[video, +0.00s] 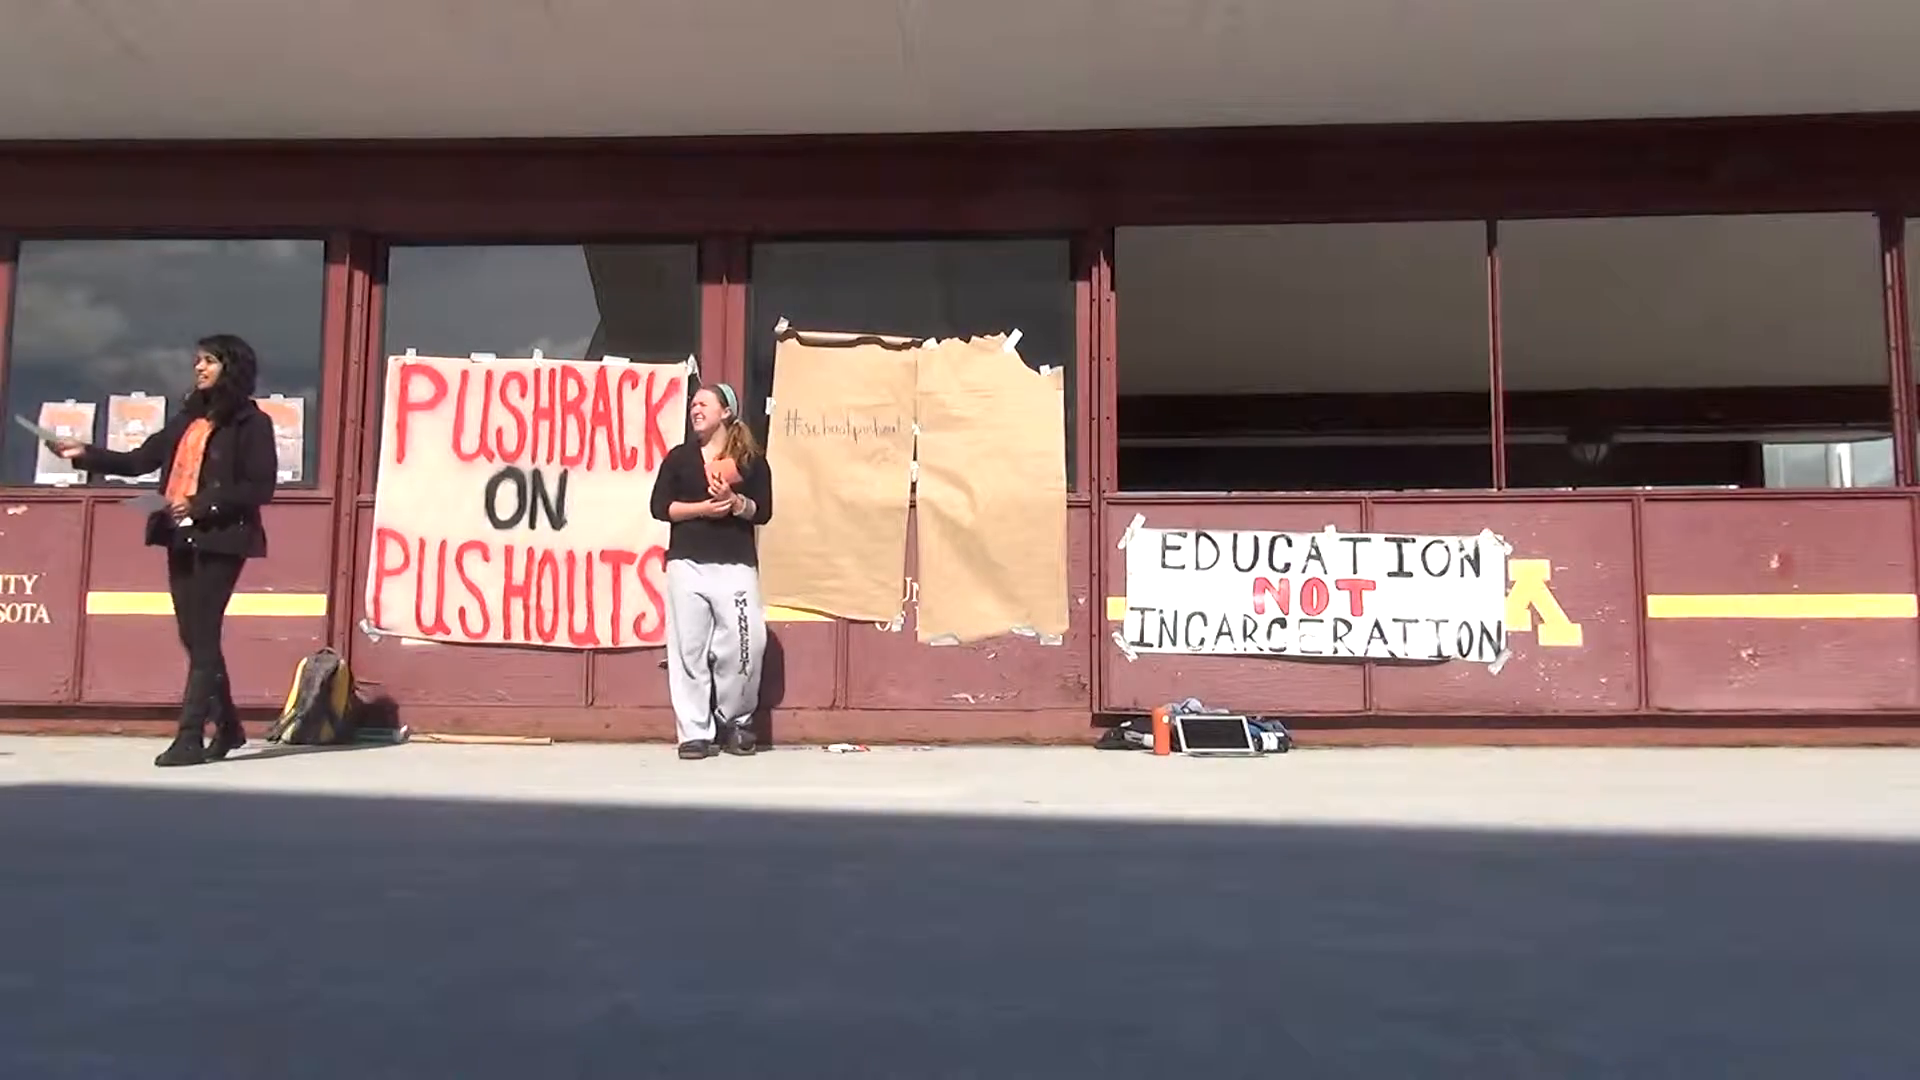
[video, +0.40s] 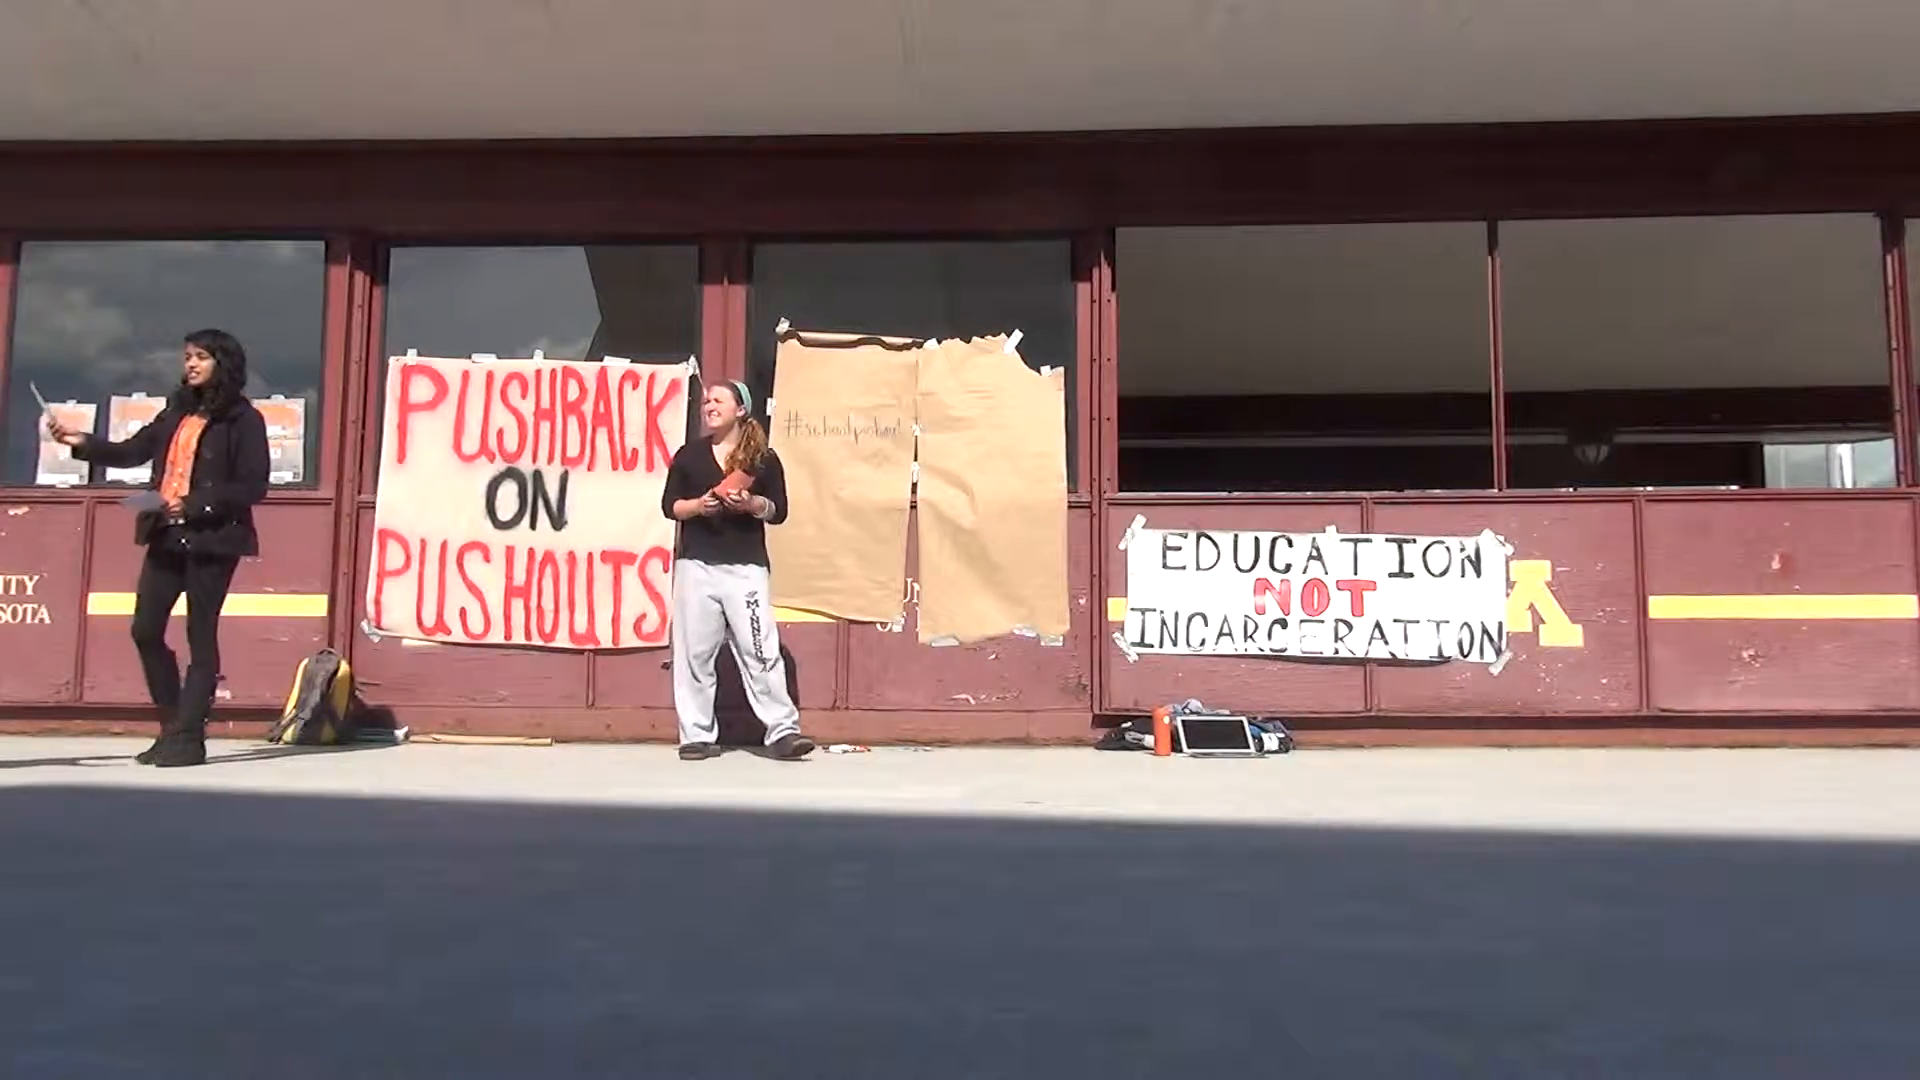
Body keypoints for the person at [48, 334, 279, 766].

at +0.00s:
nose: (198, 367)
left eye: (207, 361)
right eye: (197, 361)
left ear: (232, 368)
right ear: (199, 370)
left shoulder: (253, 423)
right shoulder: (190, 419)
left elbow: (261, 489)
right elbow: (141, 460)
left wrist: (204, 503)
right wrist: (83, 455)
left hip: (224, 541)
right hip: (183, 538)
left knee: (203, 632)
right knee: (193, 633)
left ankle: (190, 737)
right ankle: (228, 725)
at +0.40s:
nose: (189, 365)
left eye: (199, 358)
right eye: (187, 358)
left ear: (223, 364)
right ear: (185, 364)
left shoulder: (245, 420)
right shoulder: (178, 410)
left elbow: (253, 488)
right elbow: (134, 452)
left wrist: (195, 505)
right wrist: (76, 443)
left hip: (214, 543)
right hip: (169, 537)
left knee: (201, 636)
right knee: (145, 630)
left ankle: (190, 739)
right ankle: (174, 727)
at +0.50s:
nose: (186, 364)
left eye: (196, 357)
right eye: (184, 358)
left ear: (220, 363)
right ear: (183, 365)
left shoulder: (243, 418)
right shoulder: (176, 411)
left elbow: (252, 487)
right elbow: (132, 452)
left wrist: (191, 505)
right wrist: (78, 442)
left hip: (214, 541)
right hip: (167, 536)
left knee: (200, 632)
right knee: (137, 627)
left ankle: (191, 739)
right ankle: (139, 736)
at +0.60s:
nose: (184, 363)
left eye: (193, 356)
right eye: (180, 357)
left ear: (217, 361)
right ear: (178, 363)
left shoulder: (240, 416)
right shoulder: (172, 411)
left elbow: (249, 486)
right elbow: (130, 451)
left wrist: (191, 506)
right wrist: (78, 442)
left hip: (213, 540)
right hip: (166, 534)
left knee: (199, 634)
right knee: (130, 627)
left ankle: (191, 741)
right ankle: (101, 737)